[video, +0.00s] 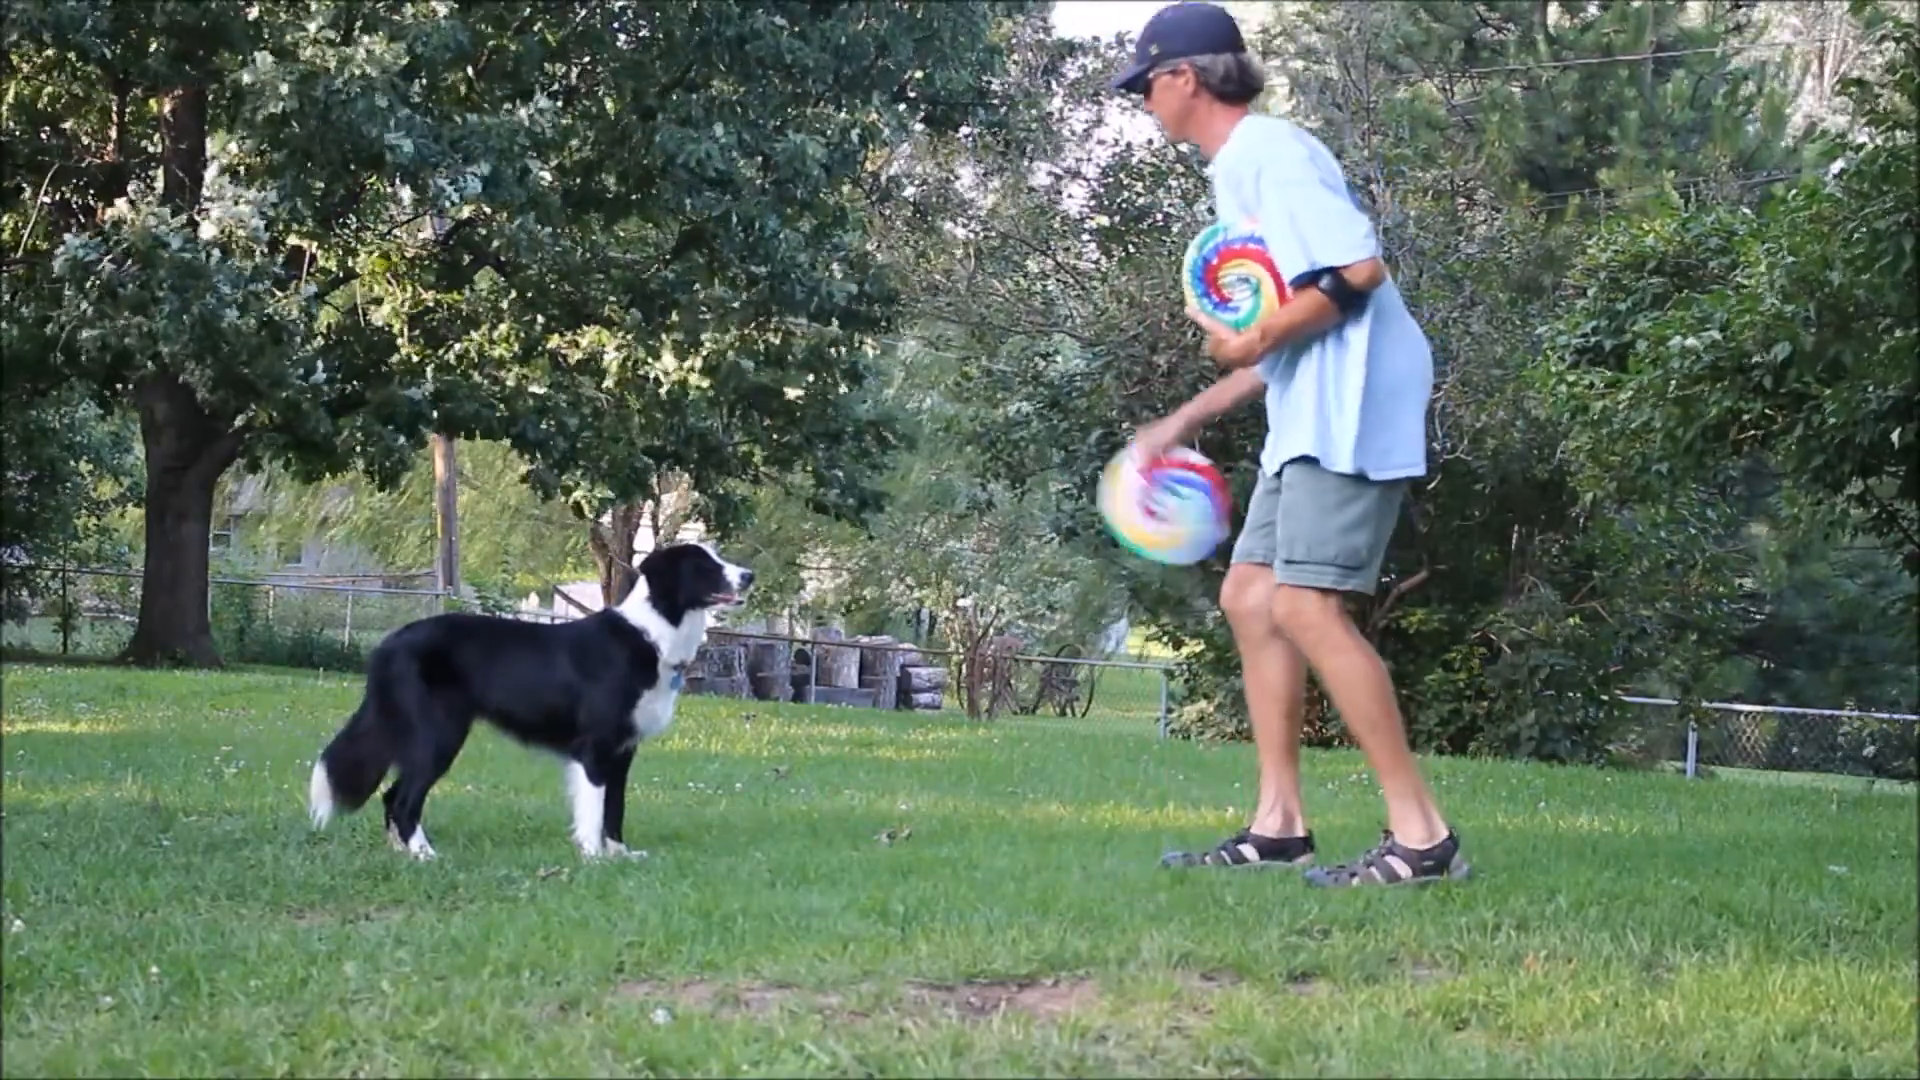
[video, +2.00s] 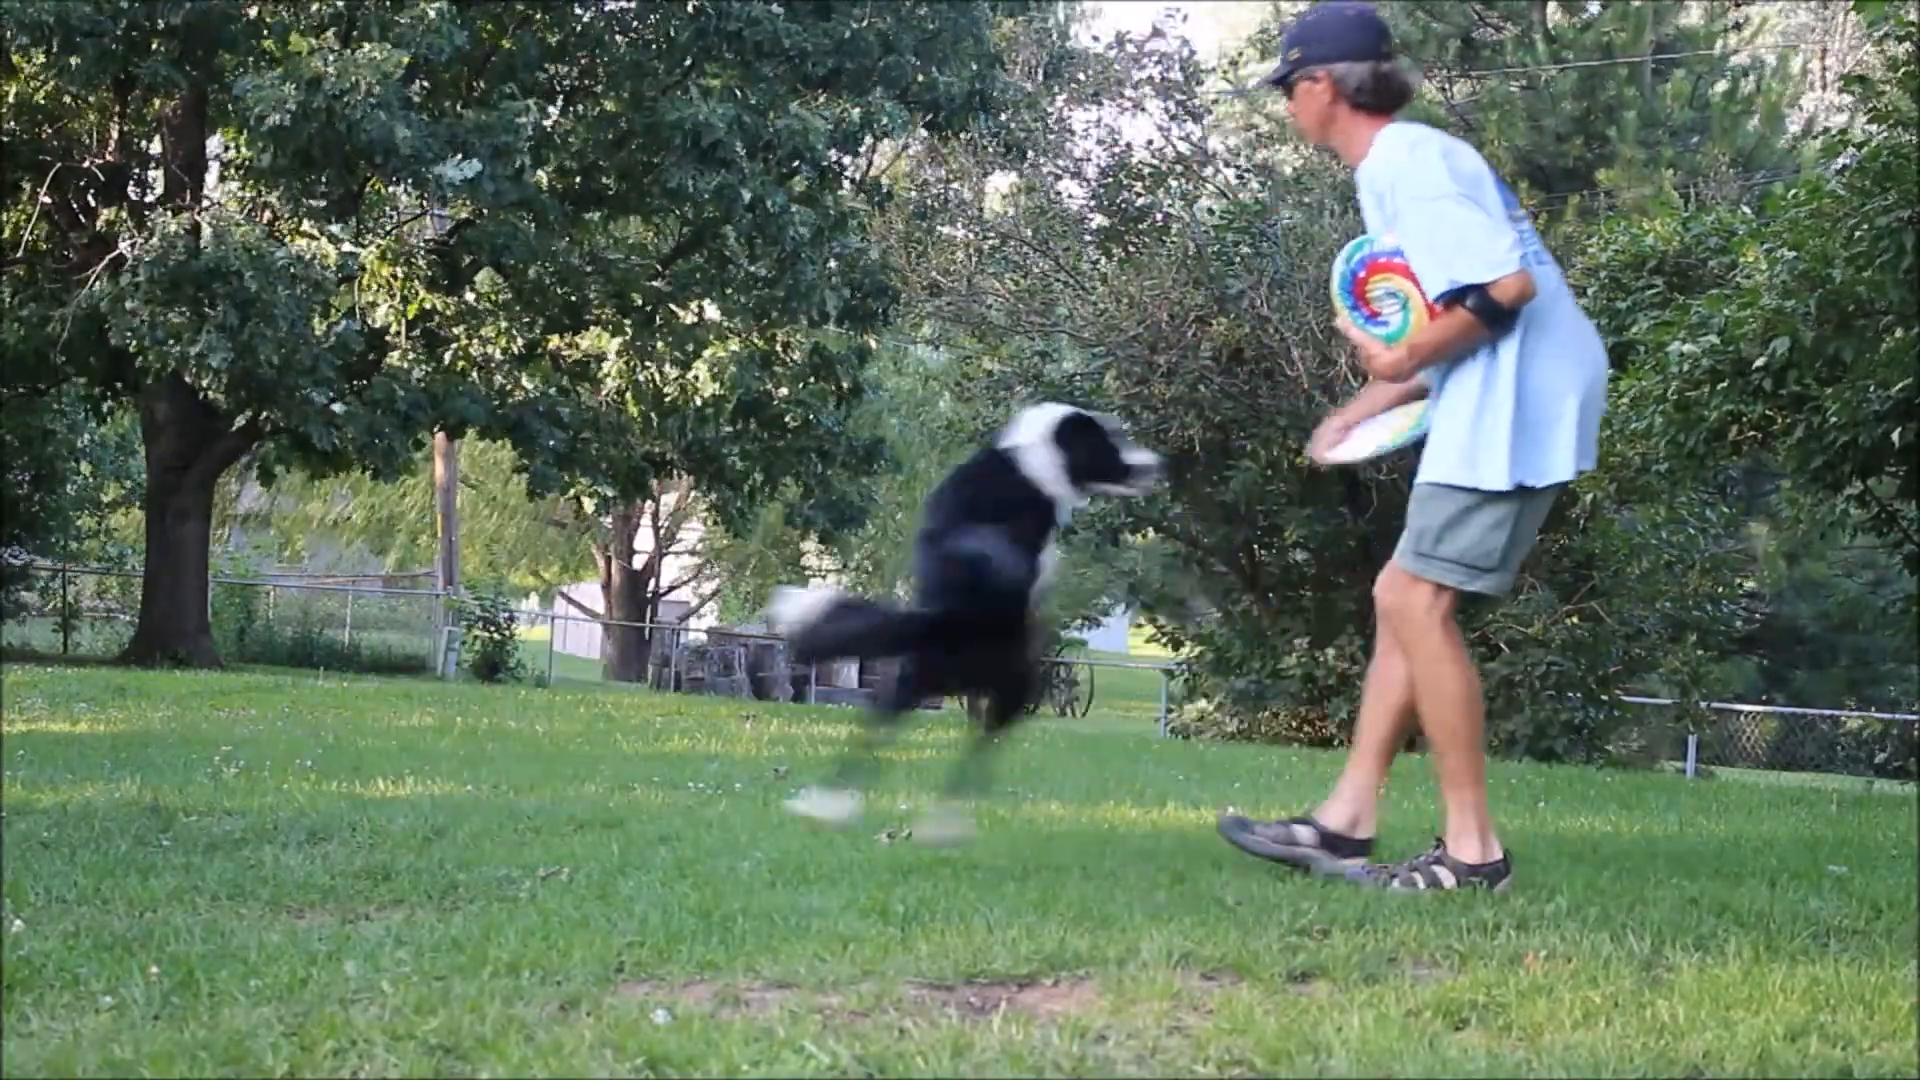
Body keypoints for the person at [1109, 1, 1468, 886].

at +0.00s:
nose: (1144, 105)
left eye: (1148, 87)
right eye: (1142, 90)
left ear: (1186, 77)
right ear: (1190, 79)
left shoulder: (1270, 150)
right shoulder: (1236, 173)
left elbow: (1356, 270)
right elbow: (1275, 345)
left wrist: (1254, 338)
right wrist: (1183, 421)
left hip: (1358, 412)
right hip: (1312, 413)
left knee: (1305, 604)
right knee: (1249, 598)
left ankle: (1421, 836)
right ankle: (1278, 826)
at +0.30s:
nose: (1113, 152)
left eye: (1115, 132)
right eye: (1110, 135)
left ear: (1153, 121)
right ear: (1159, 121)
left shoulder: (1235, 172)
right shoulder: (1215, 204)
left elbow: (1340, 271)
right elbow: (1274, 379)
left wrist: (1251, 357)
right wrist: (1172, 451)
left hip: (1363, 403)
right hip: (1329, 411)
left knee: (1267, 595)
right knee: (1248, 602)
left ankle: (1391, 812)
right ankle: (1279, 825)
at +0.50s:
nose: (1107, 161)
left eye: (1109, 142)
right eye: (1104, 146)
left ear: (1148, 131)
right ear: (1153, 132)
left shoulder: (1233, 183)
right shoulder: (1216, 201)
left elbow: (1341, 276)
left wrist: (1258, 366)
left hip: (1350, 421)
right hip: (1320, 422)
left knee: (1257, 606)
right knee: (1236, 606)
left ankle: (1334, 841)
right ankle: (1277, 826)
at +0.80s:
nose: (1115, 133)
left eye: (1118, 112)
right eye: (1112, 116)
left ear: (1157, 102)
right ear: (1166, 101)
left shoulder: (1237, 174)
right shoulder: (1241, 167)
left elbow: (1331, 288)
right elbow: (1339, 289)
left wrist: (1240, 361)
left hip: (1353, 401)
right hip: (1341, 397)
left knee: (1263, 601)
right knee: (1249, 598)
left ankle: (1336, 844)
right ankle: (1279, 825)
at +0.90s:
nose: (1118, 131)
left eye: (1121, 111)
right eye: (1115, 114)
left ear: (1162, 100)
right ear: (1167, 99)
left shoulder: (1242, 171)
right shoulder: (1227, 175)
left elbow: (1340, 286)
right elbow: (1316, 288)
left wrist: (1246, 362)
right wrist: (1240, 341)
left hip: (1355, 405)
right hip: (1324, 403)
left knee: (1262, 603)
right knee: (1230, 590)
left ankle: (1337, 845)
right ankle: (1282, 819)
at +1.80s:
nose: (1214, 151)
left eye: (1220, 131)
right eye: (1211, 135)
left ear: (1266, 122)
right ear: (1263, 124)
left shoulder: (1362, 188)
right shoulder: (1318, 219)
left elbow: (1472, 301)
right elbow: (1356, 375)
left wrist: (1366, 382)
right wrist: (1275, 454)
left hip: (1467, 435)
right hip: (1423, 436)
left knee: (1363, 615)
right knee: (1329, 604)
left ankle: (1469, 847)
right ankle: (1303, 832)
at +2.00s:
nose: (1289, 109)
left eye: (1292, 90)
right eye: (1287, 92)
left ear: (1328, 86)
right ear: (1354, 85)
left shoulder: (1408, 159)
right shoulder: (1397, 167)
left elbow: (1504, 289)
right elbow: (1460, 321)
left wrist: (1401, 359)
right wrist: (1366, 410)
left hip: (1518, 404)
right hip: (1496, 404)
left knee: (1419, 600)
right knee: (1399, 598)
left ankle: (1472, 849)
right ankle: (1347, 819)